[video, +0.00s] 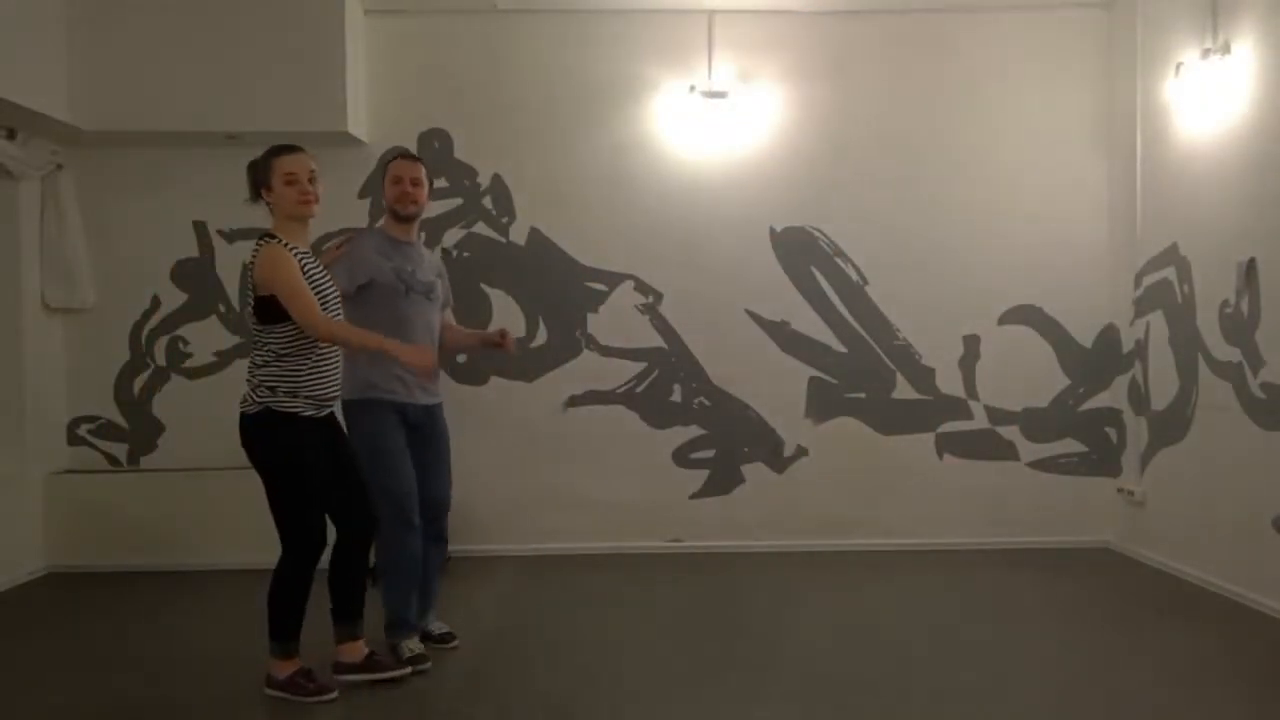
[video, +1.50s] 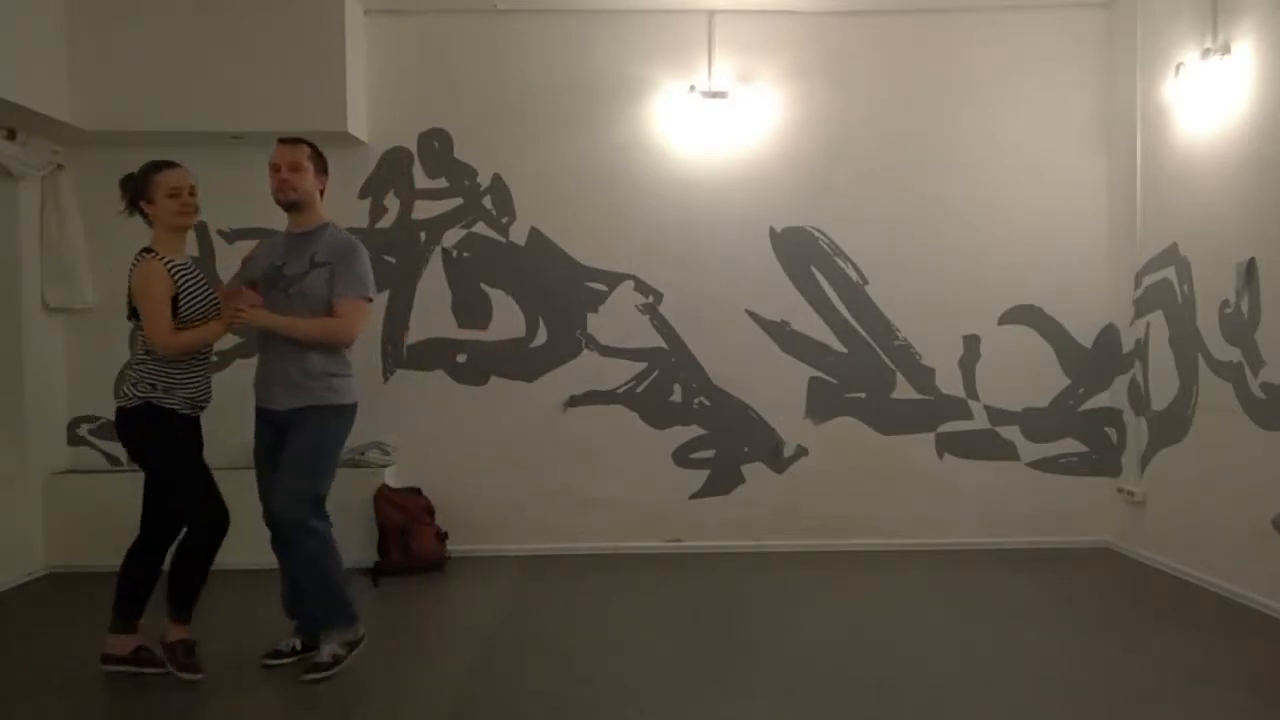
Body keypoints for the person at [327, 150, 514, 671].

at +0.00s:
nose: (407, 190)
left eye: (415, 183)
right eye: (398, 182)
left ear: (427, 194)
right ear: (382, 192)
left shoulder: (432, 263)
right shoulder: (359, 249)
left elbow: (445, 333)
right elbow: (309, 300)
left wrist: (484, 337)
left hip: (425, 401)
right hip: (372, 401)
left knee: (434, 510)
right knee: (400, 512)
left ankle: (422, 617)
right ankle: (400, 632)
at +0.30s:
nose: (365, 187)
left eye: (373, 180)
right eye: (355, 180)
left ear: (387, 192)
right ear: (341, 190)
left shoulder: (399, 262)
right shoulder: (319, 252)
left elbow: (400, 325)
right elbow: (280, 310)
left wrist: (450, 337)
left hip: (391, 405)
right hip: (335, 405)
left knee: (409, 510)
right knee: (335, 518)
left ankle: (416, 618)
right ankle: (291, 625)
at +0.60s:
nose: (316, 185)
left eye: (326, 178)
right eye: (307, 178)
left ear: (343, 189)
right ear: (295, 187)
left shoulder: (363, 260)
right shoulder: (268, 251)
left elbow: (377, 329)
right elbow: (230, 307)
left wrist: (389, 334)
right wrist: (194, 325)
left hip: (344, 403)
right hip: (281, 405)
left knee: (371, 511)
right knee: (284, 521)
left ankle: (388, 616)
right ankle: (281, 630)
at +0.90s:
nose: (303, 185)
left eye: (313, 177)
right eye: (294, 178)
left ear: (332, 188)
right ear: (283, 188)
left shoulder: (361, 255)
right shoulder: (256, 251)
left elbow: (380, 326)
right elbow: (225, 316)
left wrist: (334, 314)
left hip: (338, 405)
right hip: (274, 404)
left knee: (341, 515)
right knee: (272, 515)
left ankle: (329, 607)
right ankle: (274, 624)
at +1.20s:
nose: (299, 186)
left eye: (309, 178)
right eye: (290, 179)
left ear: (332, 188)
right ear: (281, 191)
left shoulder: (360, 256)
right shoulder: (261, 254)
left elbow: (366, 330)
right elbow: (212, 305)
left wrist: (290, 318)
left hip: (338, 411)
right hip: (276, 410)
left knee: (332, 518)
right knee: (279, 517)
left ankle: (326, 605)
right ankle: (310, 627)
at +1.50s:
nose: (281, 177)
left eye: (293, 169)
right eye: (275, 169)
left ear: (320, 181)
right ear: (270, 181)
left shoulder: (345, 248)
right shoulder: (266, 252)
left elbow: (347, 329)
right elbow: (225, 303)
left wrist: (266, 319)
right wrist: (232, 297)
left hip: (323, 402)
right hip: (273, 402)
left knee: (297, 509)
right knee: (281, 517)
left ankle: (341, 628)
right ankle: (307, 631)